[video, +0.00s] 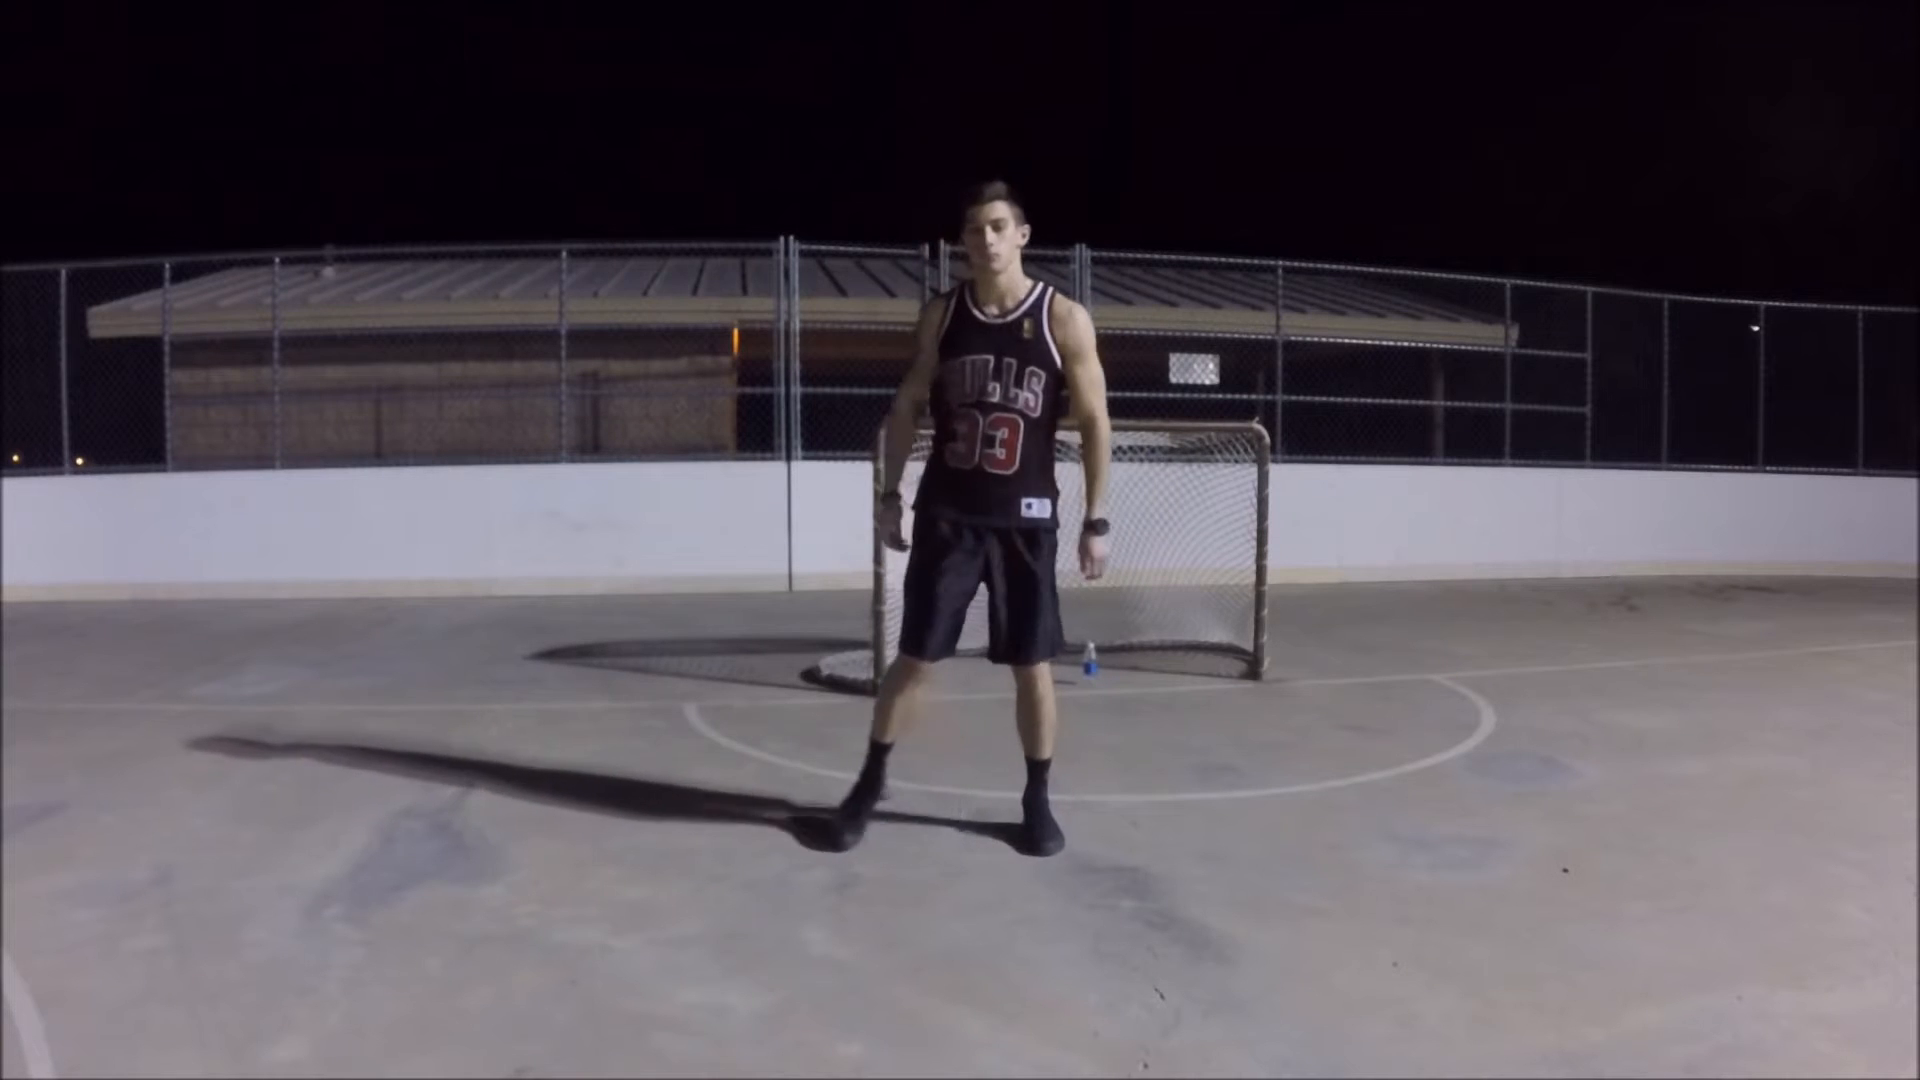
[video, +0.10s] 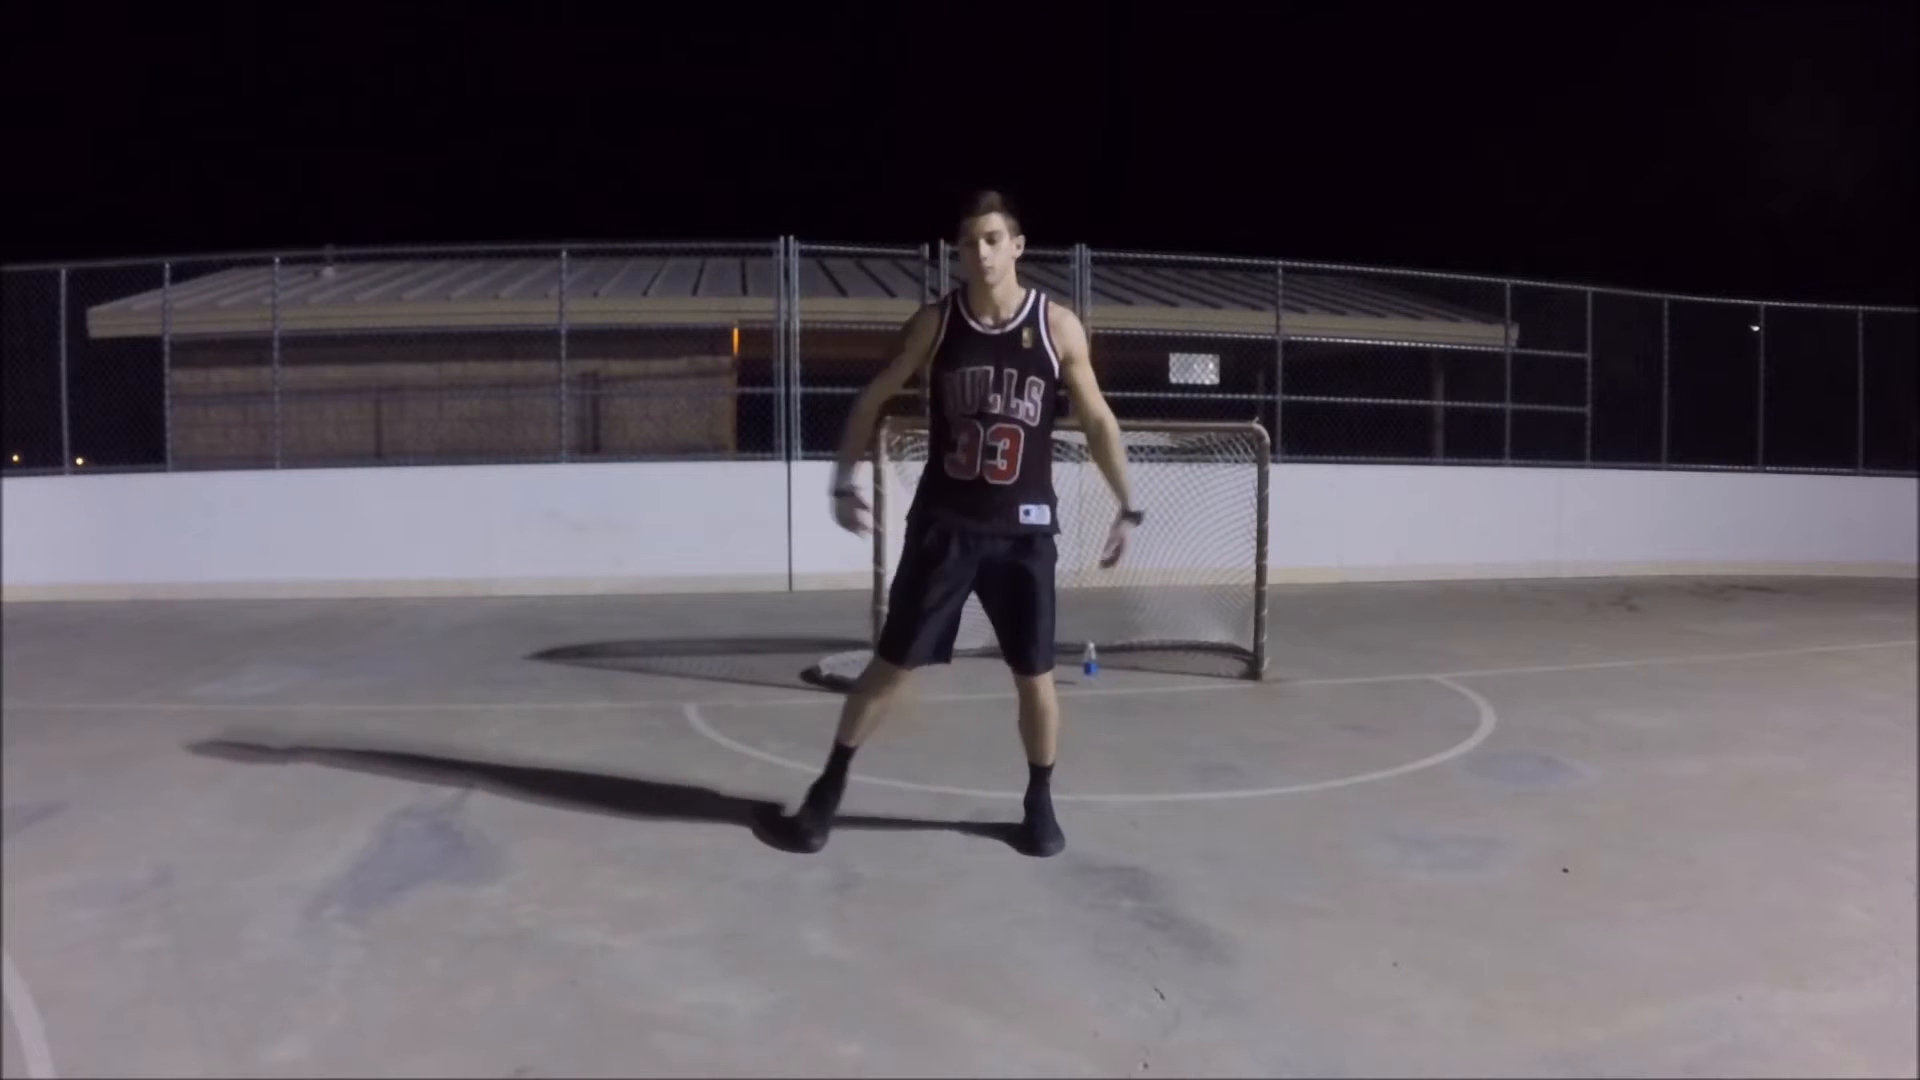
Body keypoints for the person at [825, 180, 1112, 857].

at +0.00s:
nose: (986, 239)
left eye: (997, 226)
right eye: (975, 230)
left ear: (1023, 235)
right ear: (960, 244)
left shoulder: (1064, 318)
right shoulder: (942, 316)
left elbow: (1094, 421)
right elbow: (908, 406)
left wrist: (1095, 520)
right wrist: (888, 490)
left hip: (1026, 523)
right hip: (947, 516)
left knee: (1032, 664)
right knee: (913, 658)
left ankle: (1038, 803)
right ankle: (867, 786)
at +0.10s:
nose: (980, 251)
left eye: (992, 239)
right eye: (970, 242)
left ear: (1018, 246)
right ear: (958, 252)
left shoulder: (1058, 325)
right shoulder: (936, 322)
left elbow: (1097, 419)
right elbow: (872, 397)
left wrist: (1127, 505)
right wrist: (845, 478)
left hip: (1024, 531)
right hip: (943, 527)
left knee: (1035, 674)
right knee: (891, 664)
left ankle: (1040, 803)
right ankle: (828, 789)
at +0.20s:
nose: (973, 268)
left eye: (985, 257)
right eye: (963, 257)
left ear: (1007, 261)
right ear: (949, 262)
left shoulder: (1045, 332)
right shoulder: (920, 329)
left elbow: (1122, 395)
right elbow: (838, 372)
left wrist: (1187, 442)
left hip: (1017, 540)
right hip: (932, 538)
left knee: (1039, 682)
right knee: (869, 674)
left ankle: (1040, 805)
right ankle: (804, 788)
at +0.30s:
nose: (964, 260)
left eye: (973, 246)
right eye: (952, 248)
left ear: (995, 237)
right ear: (933, 244)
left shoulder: (1032, 299)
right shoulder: (904, 301)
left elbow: (1128, 325)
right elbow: (802, 328)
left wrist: (1223, 326)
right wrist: (720, 307)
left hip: (997, 513)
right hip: (915, 510)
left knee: (1015, 656)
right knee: (874, 655)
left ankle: (1032, 799)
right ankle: (808, 777)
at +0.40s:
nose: (950, 256)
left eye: (961, 242)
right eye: (939, 244)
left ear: (978, 226)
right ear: (918, 232)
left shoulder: (1011, 271)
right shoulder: (883, 277)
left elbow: (1108, 258)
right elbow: (774, 282)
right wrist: (730, 224)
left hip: (976, 486)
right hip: (901, 487)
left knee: (971, 641)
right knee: (892, 641)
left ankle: (954, 775)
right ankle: (858, 785)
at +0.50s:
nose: (934, 272)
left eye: (942, 257)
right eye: (920, 261)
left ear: (963, 238)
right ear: (899, 247)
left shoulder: (995, 282)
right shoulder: (869, 286)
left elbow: (1090, 245)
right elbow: (770, 283)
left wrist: (1138, 169)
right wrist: (749, 203)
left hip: (955, 496)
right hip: (885, 498)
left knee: (902, 653)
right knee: (925, 656)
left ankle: (849, 778)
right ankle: (969, 807)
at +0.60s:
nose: (926, 295)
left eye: (935, 280)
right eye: (911, 284)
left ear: (949, 265)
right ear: (887, 276)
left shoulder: (978, 315)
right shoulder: (858, 318)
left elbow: (1077, 273)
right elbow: (758, 303)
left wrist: (1044, 191)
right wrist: (767, 220)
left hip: (935, 525)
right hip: (867, 520)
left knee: (884, 667)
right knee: (916, 655)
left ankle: (826, 794)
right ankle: (909, 806)